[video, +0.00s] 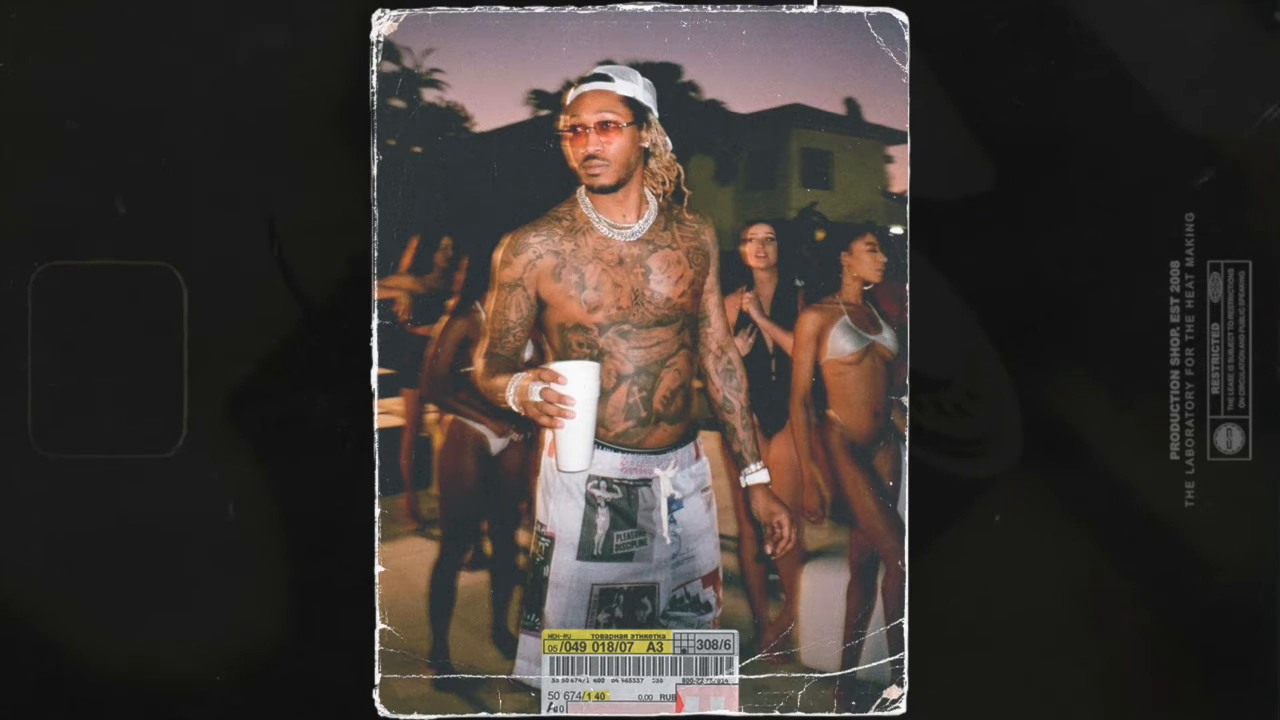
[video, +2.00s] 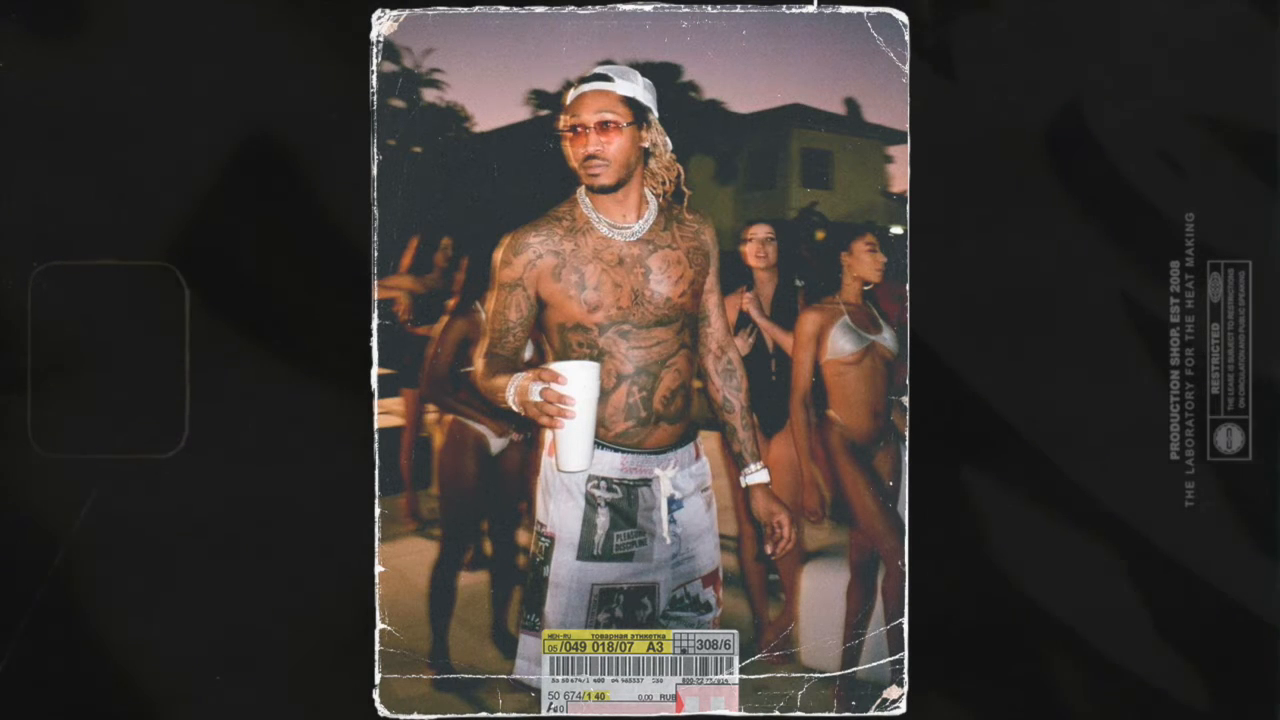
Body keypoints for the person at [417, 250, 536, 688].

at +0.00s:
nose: (517, 287)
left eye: (524, 279)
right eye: (511, 277)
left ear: (532, 287)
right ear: (496, 277)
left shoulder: (531, 332)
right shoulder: (466, 322)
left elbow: (543, 385)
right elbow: (434, 387)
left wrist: (529, 421)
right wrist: (489, 421)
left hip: (514, 445)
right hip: (465, 440)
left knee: (506, 541)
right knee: (456, 544)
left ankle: (501, 628)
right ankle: (439, 651)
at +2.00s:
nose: (515, 288)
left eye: (522, 280)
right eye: (508, 278)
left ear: (532, 288)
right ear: (494, 278)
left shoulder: (531, 333)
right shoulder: (465, 323)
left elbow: (543, 386)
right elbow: (434, 387)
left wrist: (529, 421)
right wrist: (490, 422)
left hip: (515, 443)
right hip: (465, 439)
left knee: (506, 540)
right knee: (456, 544)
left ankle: (501, 627)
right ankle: (439, 649)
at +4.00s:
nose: (516, 281)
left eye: (523, 273)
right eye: (510, 271)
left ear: (532, 281)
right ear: (496, 273)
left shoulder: (531, 328)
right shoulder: (467, 319)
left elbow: (544, 382)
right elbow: (435, 387)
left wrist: (529, 420)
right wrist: (491, 421)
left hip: (515, 444)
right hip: (465, 440)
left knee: (506, 541)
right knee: (455, 544)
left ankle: (501, 627)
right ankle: (439, 649)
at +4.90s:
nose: (517, 287)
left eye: (524, 280)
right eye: (510, 277)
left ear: (533, 289)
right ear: (495, 278)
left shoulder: (532, 332)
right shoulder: (466, 322)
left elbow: (543, 385)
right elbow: (434, 387)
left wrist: (529, 421)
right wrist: (489, 421)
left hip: (514, 446)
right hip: (465, 441)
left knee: (506, 541)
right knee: (456, 544)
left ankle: (501, 627)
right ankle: (439, 648)